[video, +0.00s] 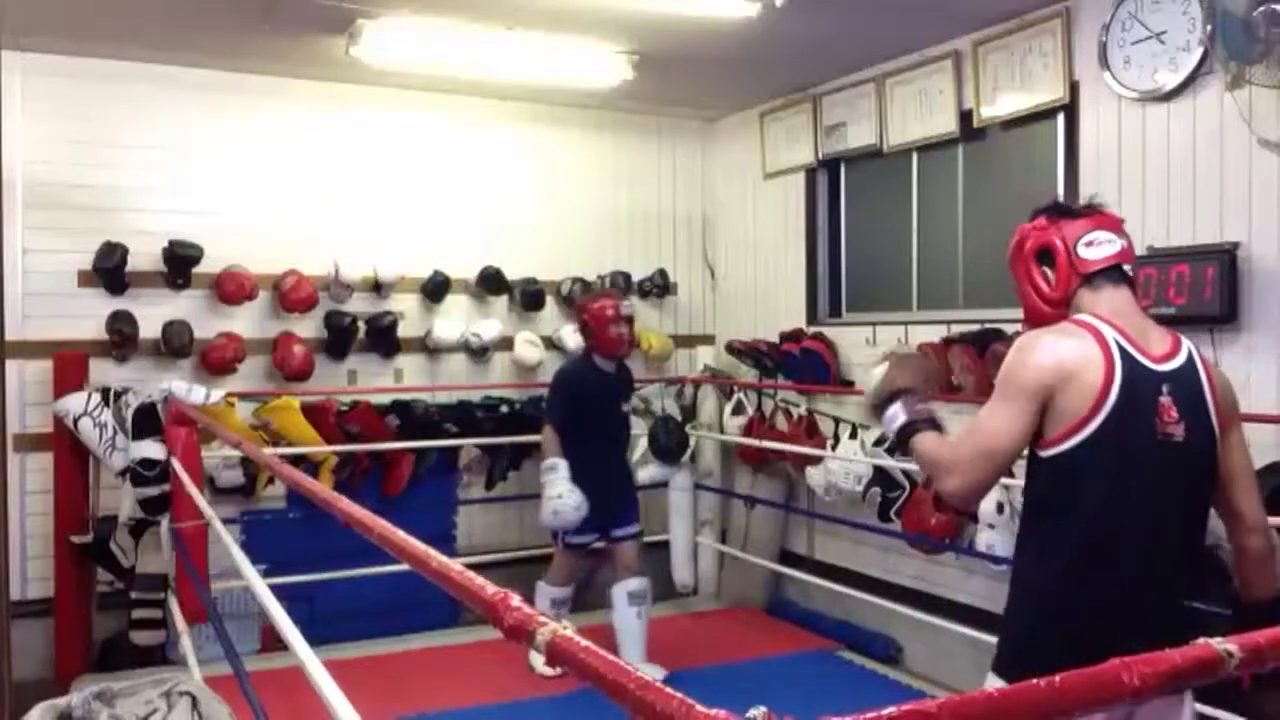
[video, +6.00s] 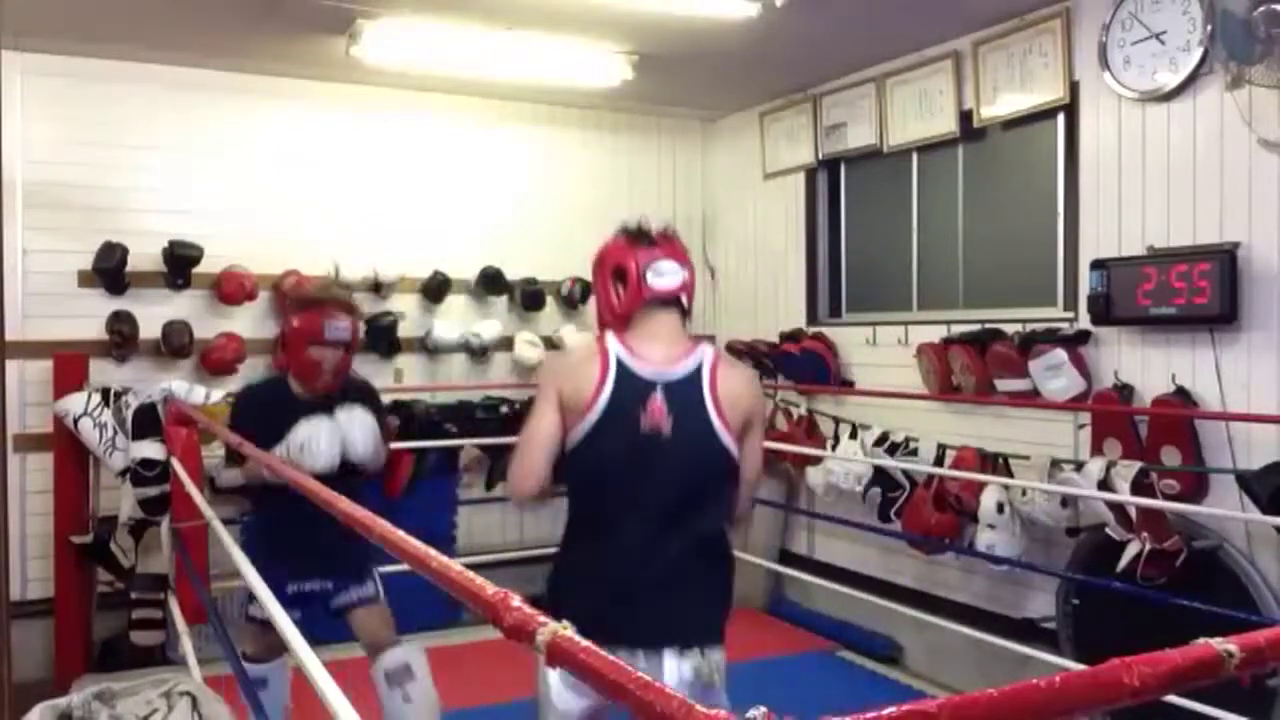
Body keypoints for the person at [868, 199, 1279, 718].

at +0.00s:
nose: (1027, 295)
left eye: (1029, 276)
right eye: (1025, 278)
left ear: (1052, 267)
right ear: (1124, 266)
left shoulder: (1048, 354)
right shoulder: (1203, 374)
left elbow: (957, 481)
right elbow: (1252, 530)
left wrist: (907, 412)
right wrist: (1260, 628)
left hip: (1050, 677)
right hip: (1164, 675)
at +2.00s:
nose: (762, 305)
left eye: (764, 291)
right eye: (761, 292)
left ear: (784, 285)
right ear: (837, 280)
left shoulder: (765, 362)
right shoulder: (911, 362)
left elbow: (693, 435)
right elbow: (919, 461)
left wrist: (681, 372)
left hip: (802, 600)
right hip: (895, 595)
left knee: (776, 710)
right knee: (902, 715)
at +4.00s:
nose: (814, 323)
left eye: (815, 308)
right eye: (811, 309)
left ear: (847, 298)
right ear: (876, 293)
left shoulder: (850, 367)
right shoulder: (935, 366)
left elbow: (802, 473)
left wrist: (754, 406)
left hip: (844, 585)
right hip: (916, 587)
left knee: (731, 695)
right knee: (886, 711)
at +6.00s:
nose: (596, 301)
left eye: (600, 288)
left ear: (615, 289)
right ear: (687, 290)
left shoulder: (572, 368)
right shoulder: (738, 382)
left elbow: (524, 485)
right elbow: (739, 504)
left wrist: (585, 462)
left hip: (584, 623)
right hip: (690, 628)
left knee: (569, 709)